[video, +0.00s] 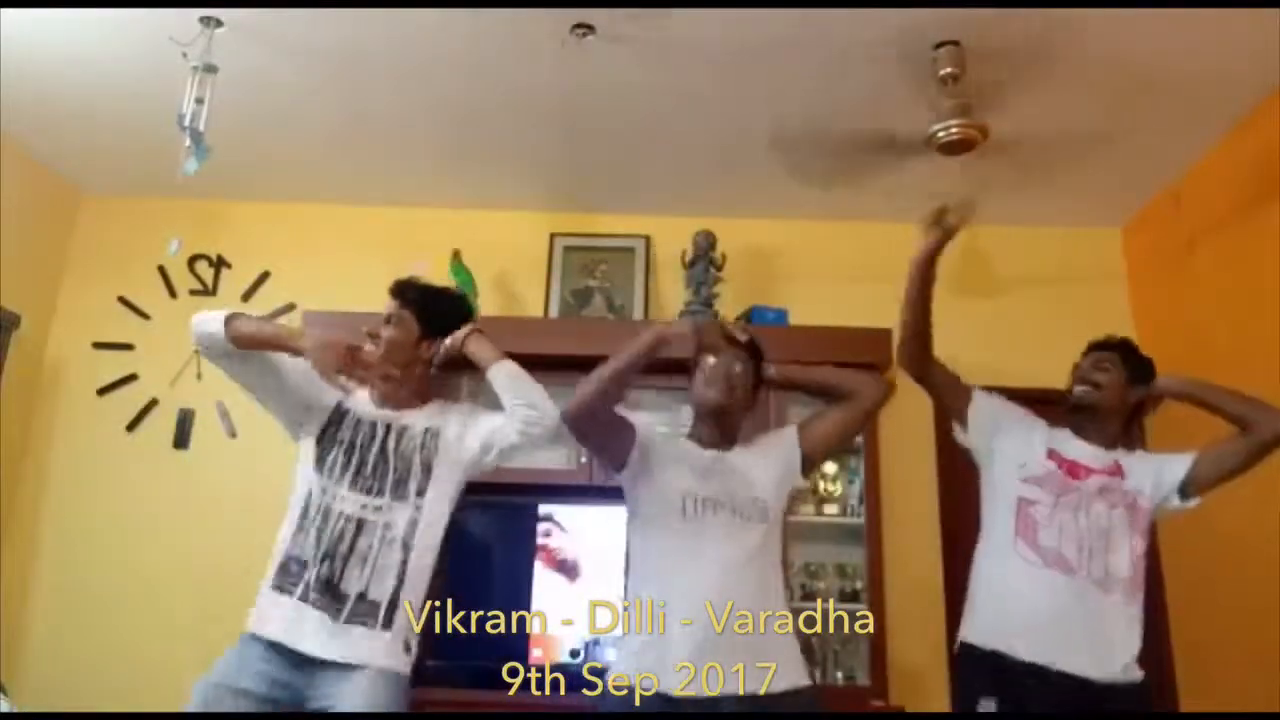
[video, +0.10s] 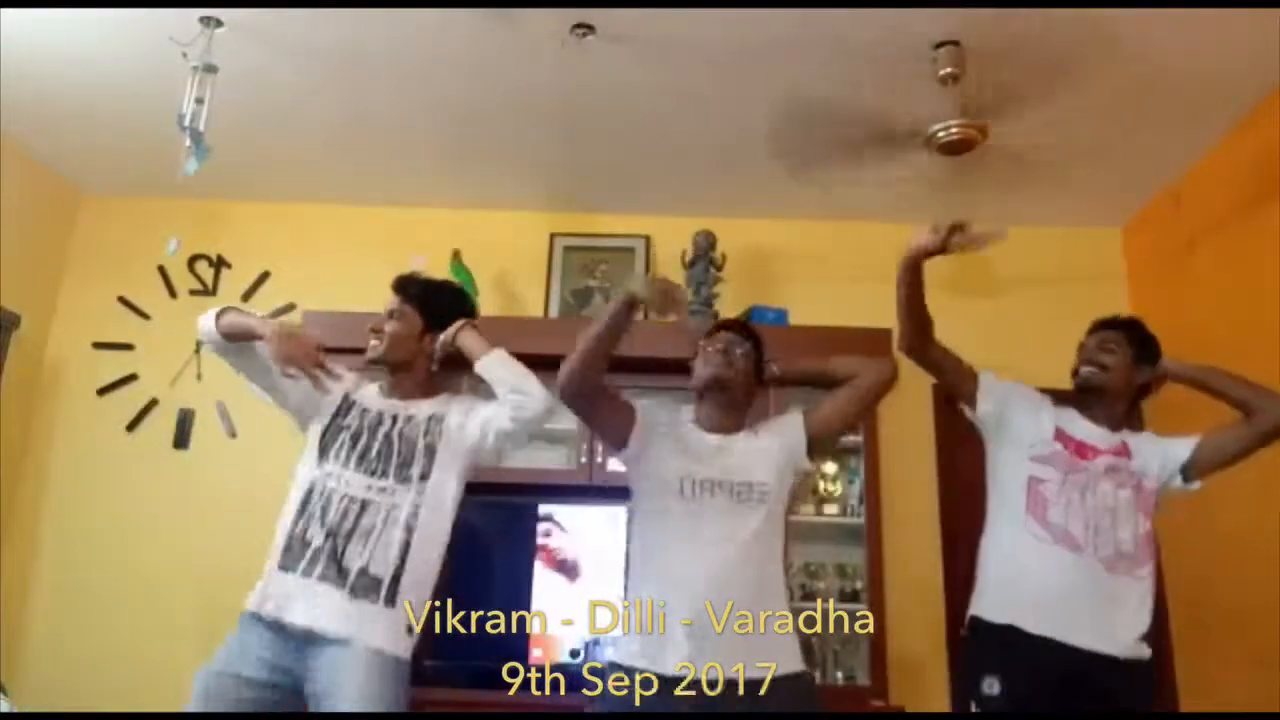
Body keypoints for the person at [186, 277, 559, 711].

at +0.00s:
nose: (375, 330)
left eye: (393, 323)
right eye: (383, 318)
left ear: (430, 350)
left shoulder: (462, 432)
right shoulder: (327, 404)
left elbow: (541, 424)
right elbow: (207, 332)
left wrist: (474, 344)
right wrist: (306, 343)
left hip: (365, 664)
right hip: (271, 642)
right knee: (209, 700)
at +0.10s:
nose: (379, 325)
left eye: (395, 317)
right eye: (385, 315)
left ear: (434, 340)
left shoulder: (465, 422)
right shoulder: (336, 395)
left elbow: (534, 405)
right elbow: (215, 330)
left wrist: (467, 338)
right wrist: (268, 330)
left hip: (362, 641)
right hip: (272, 622)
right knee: (210, 697)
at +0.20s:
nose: (380, 320)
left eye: (396, 312)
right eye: (386, 310)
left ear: (435, 337)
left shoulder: (467, 416)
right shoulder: (341, 386)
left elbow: (530, 395)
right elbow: (227, 338)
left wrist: (466, 331)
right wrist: (242, 321)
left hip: (364, 616)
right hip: (276, 594)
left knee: (360, 704)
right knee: (218, 694)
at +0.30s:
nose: (381, 321)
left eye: (398, 313)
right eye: (387, 311)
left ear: (436, 335)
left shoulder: (468, 415)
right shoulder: (344, 386)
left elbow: (529, 388)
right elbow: (238, 340)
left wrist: (465, 328)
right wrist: (222, 290)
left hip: (366, 613)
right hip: (278, 592)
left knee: (358, 704)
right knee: (218, 703)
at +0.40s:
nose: (380, 330)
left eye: (395, 322)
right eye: (385, 320)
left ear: (432, 345)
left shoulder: (462, 423)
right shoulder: (337, 399)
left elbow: (531, 386)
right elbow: (241, 350)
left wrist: (469, 330)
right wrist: (233, 303)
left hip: (370, 659)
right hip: (278, 639)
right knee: (211, 708)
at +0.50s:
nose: (378, 335)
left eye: (393, 326)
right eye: (383, 324)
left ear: (428, 347)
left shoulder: (461, 427)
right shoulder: (334, 403)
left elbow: (528, 384)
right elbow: (246, 345)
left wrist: (465, 328)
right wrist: (239, 296)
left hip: (371, 661)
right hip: (277, 644)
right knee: (209, 710)